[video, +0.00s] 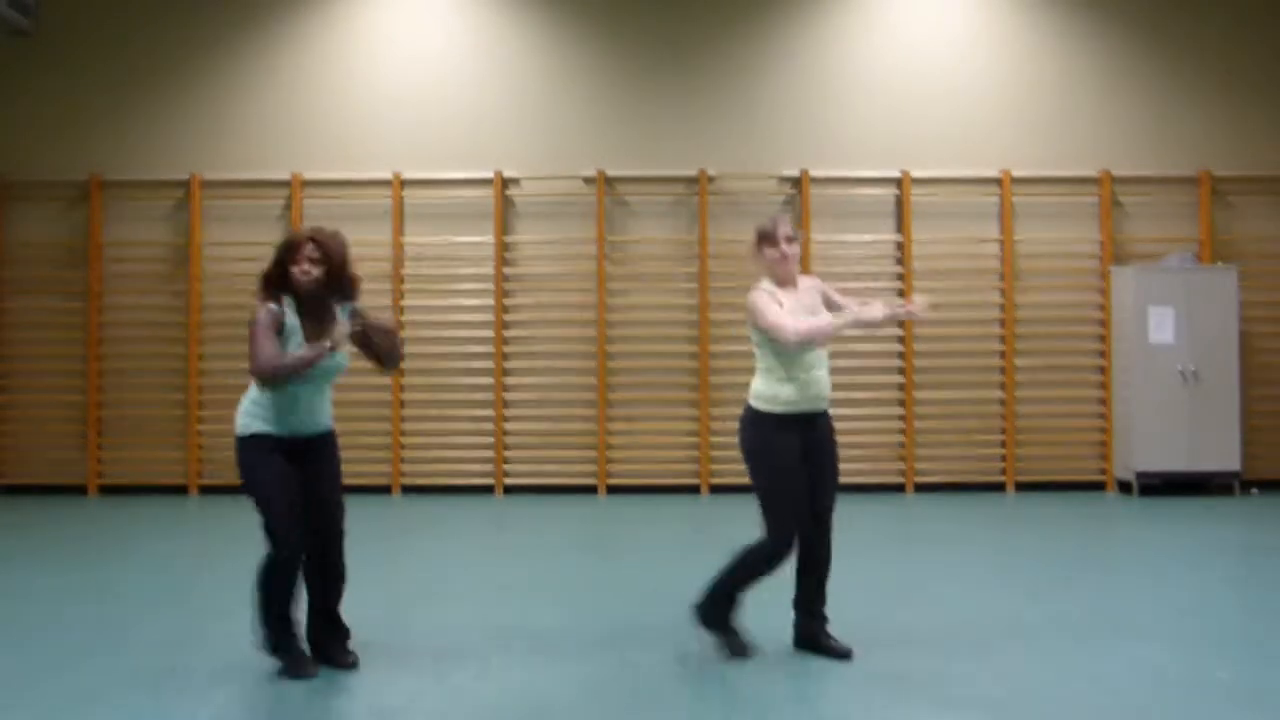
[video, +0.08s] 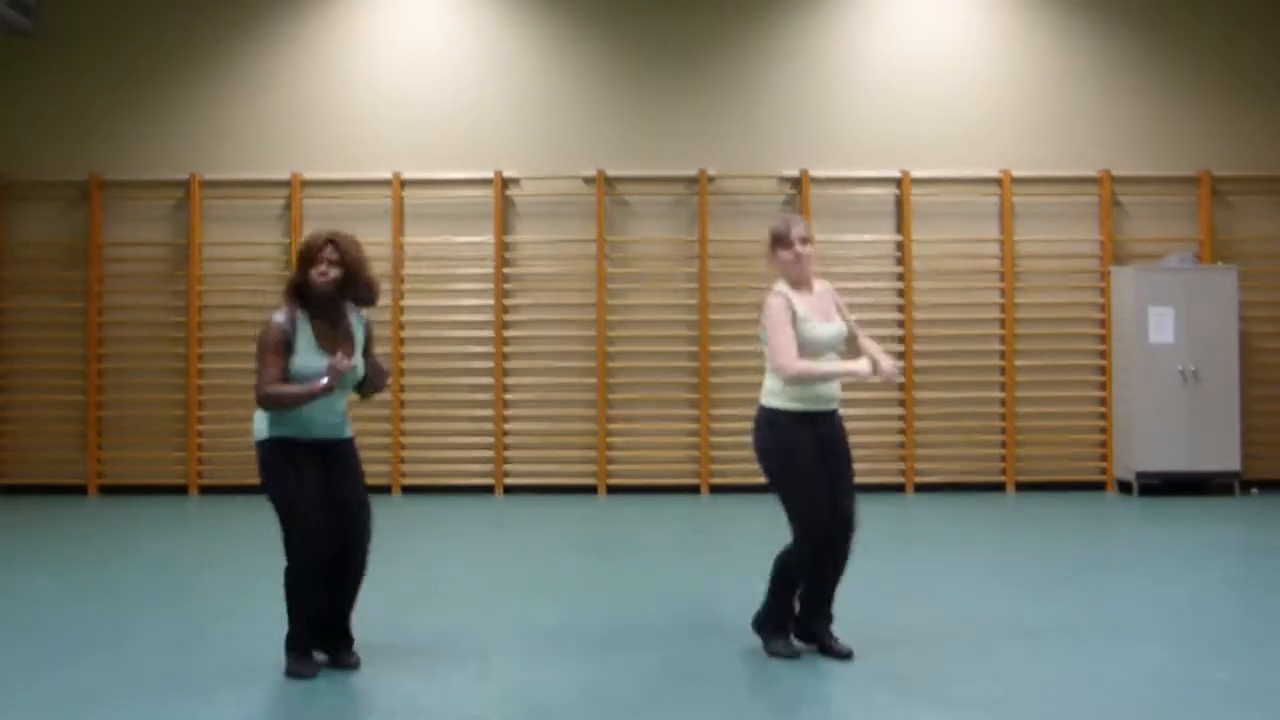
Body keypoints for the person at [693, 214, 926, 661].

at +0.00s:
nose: (785, 250)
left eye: (791, 241)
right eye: (775, 244)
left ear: (801, 246)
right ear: (761, 253)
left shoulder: (813, 288)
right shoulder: (761, 298)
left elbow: (854, 309)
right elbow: (790, 335)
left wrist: (899, 310)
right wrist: (847, 321)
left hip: (815, 423)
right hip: (769, 425)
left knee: (818, 532)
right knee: (781, 537)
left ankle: (810, 629)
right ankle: (714, 607)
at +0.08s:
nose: (800, 251)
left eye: (805, 242)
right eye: (789, 245)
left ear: (815, 246)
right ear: (775, 254)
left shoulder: (826, 292)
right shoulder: (778, 301)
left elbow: (852, 337)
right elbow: (787, 366)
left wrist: (880, 357)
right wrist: (851, 368)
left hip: (826, 422)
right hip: (783, 425)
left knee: (840, 527)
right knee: (813, 531)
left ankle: (813, 622)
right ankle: (772, 623)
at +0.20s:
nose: (821, 251)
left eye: (826, 242)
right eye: (811, 246)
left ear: (835, 249)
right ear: (797, 259)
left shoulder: (842, 295)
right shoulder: (799, 304)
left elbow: (852, 349)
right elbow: (819, 369)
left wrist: (874, 348)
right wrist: (862, 342)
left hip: (842, 424)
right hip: (800, 428)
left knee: (902, 508)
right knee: (804, 534)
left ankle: (863, 599)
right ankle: (766, 625)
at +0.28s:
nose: (834, 247)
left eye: (838, 239)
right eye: (823, 243)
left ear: (848, 243)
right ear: (808, 254)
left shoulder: (858, 285)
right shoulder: (815, 300)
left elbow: (885, 310)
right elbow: (865, 337)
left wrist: (902, 302)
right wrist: (894, 302)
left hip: (858, 421)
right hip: (813, 423)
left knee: (919, 503)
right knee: (807, 526)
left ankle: (918, 606)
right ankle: (766, 622)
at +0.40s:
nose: (858, 251)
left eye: (860, 242)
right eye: (847, 248)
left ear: (868, 244)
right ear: (833, 258)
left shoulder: (881, 275)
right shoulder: (843, 296)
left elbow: (920, 270)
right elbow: (913, 286)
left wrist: (951, 239)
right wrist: (951, 237)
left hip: (891, 422)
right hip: (845, 423)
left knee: (937, 522)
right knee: (812, 524)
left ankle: (992, 627)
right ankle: (764, 621)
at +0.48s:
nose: (874, 260)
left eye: (878, 251)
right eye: (863, 257)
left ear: (889, 256)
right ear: (851, 272)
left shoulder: (906, 292)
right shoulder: (865, 312)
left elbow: (941, 266)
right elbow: (932, 273)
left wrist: (978, 223)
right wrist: (976, 223)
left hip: (920, 430)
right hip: (872, 429)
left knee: (959, 530)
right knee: (833, 527)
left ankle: (983, 629)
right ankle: (769, 618)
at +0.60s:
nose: (896, 263)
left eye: (900, 255)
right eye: (884, 260)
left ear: (912, 260)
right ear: (872, 273)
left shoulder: (932, 292)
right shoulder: (880, 320)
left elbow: (980, 282)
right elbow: (949, 321)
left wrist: (1027, 250)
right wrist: (997, 273)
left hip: (949, 429)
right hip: (898, 437)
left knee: (978, 533)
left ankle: (983, 631)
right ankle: (826, 597)